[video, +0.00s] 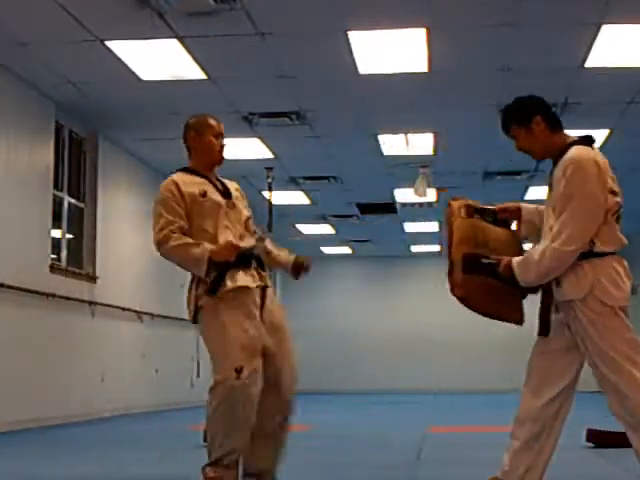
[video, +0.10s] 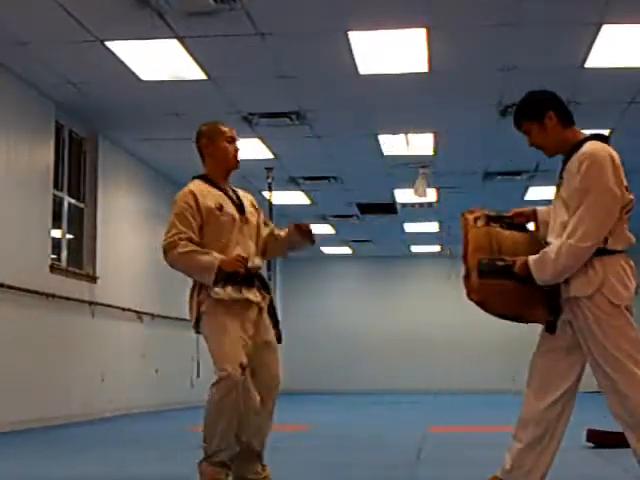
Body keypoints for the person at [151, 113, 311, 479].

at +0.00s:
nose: (223, 143)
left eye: (223, 137)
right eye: (216, 136)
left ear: (215, 142)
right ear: (192, 140)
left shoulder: (232, 189)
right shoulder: (175, 185)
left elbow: (253, 240)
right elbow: (167, 240)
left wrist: (288, 261)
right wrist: (211, 253)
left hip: (261, 291)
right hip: (222, 294)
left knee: (280, 379)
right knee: (239, 376)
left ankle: (260, 470)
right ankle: (222, 468)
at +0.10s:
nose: (237, 147)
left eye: (236, 141)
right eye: (229, 141)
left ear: (230, 149)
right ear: (206, 147)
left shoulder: (247, 201)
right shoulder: (192, 195)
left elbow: (266, 244)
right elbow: (175, 249)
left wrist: (292, 239)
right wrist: (219, 263)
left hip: (257, 301)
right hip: (220, 300)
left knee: (268, 380)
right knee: (231, 376)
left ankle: (249, 463)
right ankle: (215, 462)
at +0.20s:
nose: (242, 139)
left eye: (242, 133)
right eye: (234, 133)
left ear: (237, 142)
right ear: (211, 139)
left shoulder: (245, 193)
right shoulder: (193, 182)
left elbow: (254, 240)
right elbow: (172, 235)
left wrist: (274, 232)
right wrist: (219, 252)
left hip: (248, 288)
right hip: (211, 285)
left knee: (257, 371)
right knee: (221, 364)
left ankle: (251, 464)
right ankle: (195, 466)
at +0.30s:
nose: (239, 134)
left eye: (238, 128)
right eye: (232, 126)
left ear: (227, 134)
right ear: (208, 131)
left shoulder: (235, 185)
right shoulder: (186, 172)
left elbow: (233, 234)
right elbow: (163, 224)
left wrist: (255, 234)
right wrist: (214, 242)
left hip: (236, 283)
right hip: (202, 278)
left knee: (251, 367)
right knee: (208, 365)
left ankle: (256, 466)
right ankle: (151, 457)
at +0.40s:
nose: (229, 146)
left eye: (228, 139)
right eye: (222, 138)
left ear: (209, 142)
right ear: (199, 140)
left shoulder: (215, 194)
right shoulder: (178, 183)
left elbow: (215, 242)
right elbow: (157, 238)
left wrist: (239, 253)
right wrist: (213, 255)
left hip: (230, 298)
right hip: (199, 295)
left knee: (245, 386)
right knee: (187, 382)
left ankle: (243, 471)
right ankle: (113, 461)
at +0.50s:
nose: (214, 160)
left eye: (214, 153)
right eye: (209, 152)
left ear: (189, 154)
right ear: (186, 152)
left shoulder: (189, 204)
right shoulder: (160, 197)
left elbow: (185, 258)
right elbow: (151, 257)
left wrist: (217, 274)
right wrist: (209, 265)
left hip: (210, 308)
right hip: (180, 306)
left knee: (231, 399)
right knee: (165, 394)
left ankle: (243, 471)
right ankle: (99, 471)